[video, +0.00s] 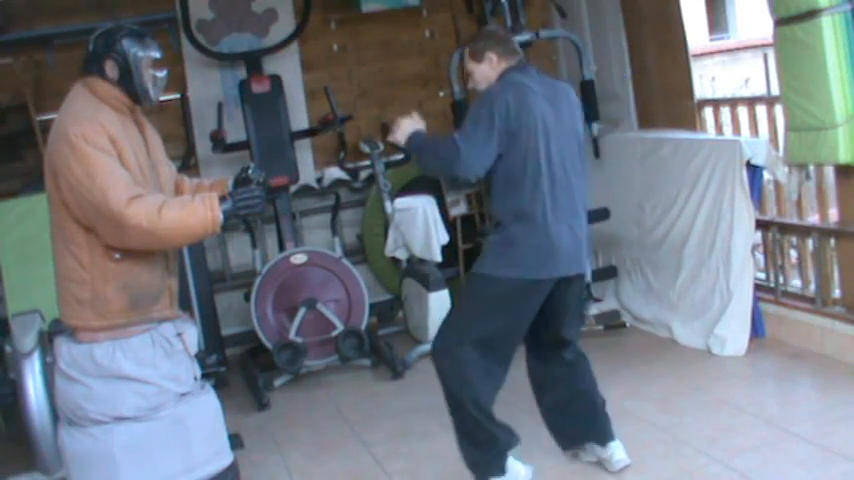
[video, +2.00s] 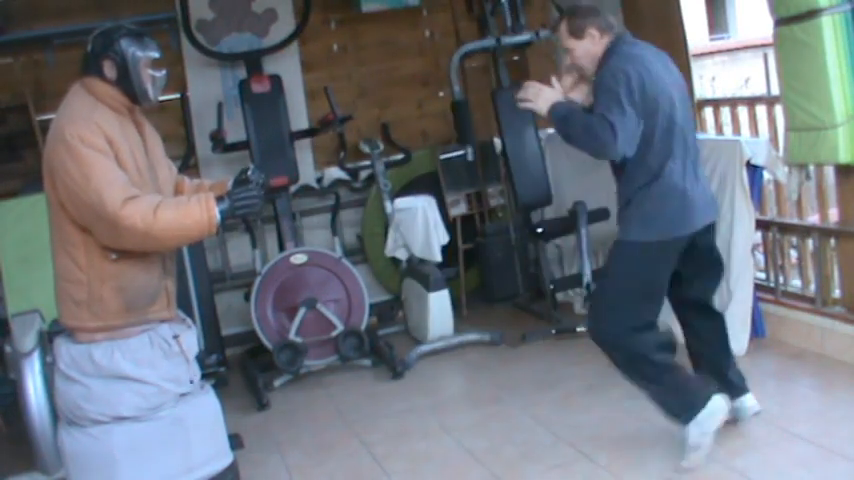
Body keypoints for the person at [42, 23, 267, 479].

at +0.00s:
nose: (153, 74)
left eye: (153, 63)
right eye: (143, 63)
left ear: (117, 68)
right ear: (111, 66)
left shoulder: (131, 118)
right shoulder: (79, 128)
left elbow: (168, 187)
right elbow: (126, 218)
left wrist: (228, 185)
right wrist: (219, 209)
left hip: (152, 318)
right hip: (109, 331)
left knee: (185, 449)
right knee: (133, 459)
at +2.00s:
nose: (153, 74)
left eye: (153, 64)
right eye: (143, 64)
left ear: (115, 68)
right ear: (109, 66)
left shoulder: (131, 119)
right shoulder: (76, 129)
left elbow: (171, 187)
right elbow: (123, 220)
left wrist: (226, 187)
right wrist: (214, 211)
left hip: (152, 315)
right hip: (106, 328)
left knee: (179, 443)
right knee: (129, 455)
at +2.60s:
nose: (153, 74)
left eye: (153, 64)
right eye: (143, 64)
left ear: (116, 68)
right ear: (109, 66)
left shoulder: (133, 120)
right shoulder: (77, 130)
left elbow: (171, 188)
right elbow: (124, 220)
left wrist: (226, 187)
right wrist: (214, 211)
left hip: (152, 316)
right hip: (106, 328)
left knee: (180, 443)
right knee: (129, 455)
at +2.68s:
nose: (153, 75)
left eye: (153, 64)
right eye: (143, 64)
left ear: (117, 68)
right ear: (110, 66)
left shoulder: (134, 120)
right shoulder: (77, 130)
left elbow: (171, 188)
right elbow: (124, 220)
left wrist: (227, 187)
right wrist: (214, 211)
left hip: (152, 315)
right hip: (106, 327)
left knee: (179, 442)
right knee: (128, 454)